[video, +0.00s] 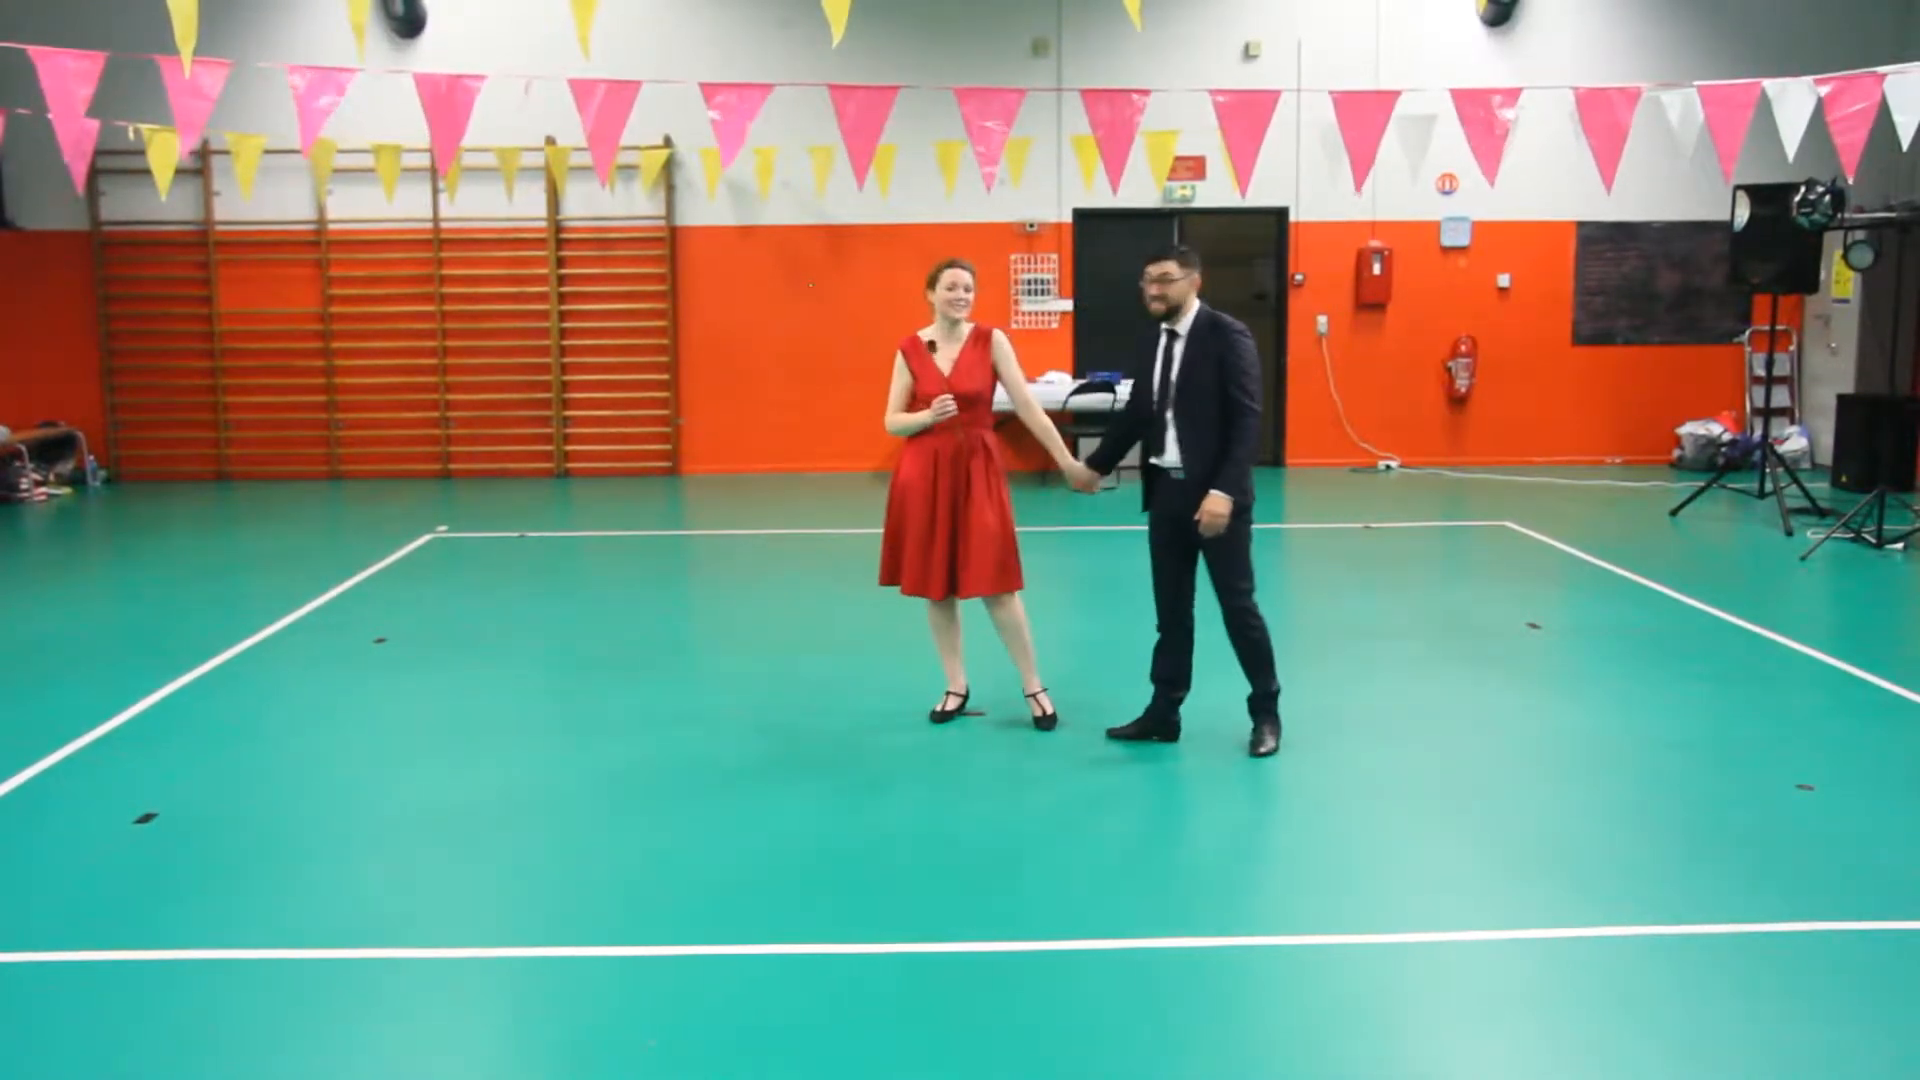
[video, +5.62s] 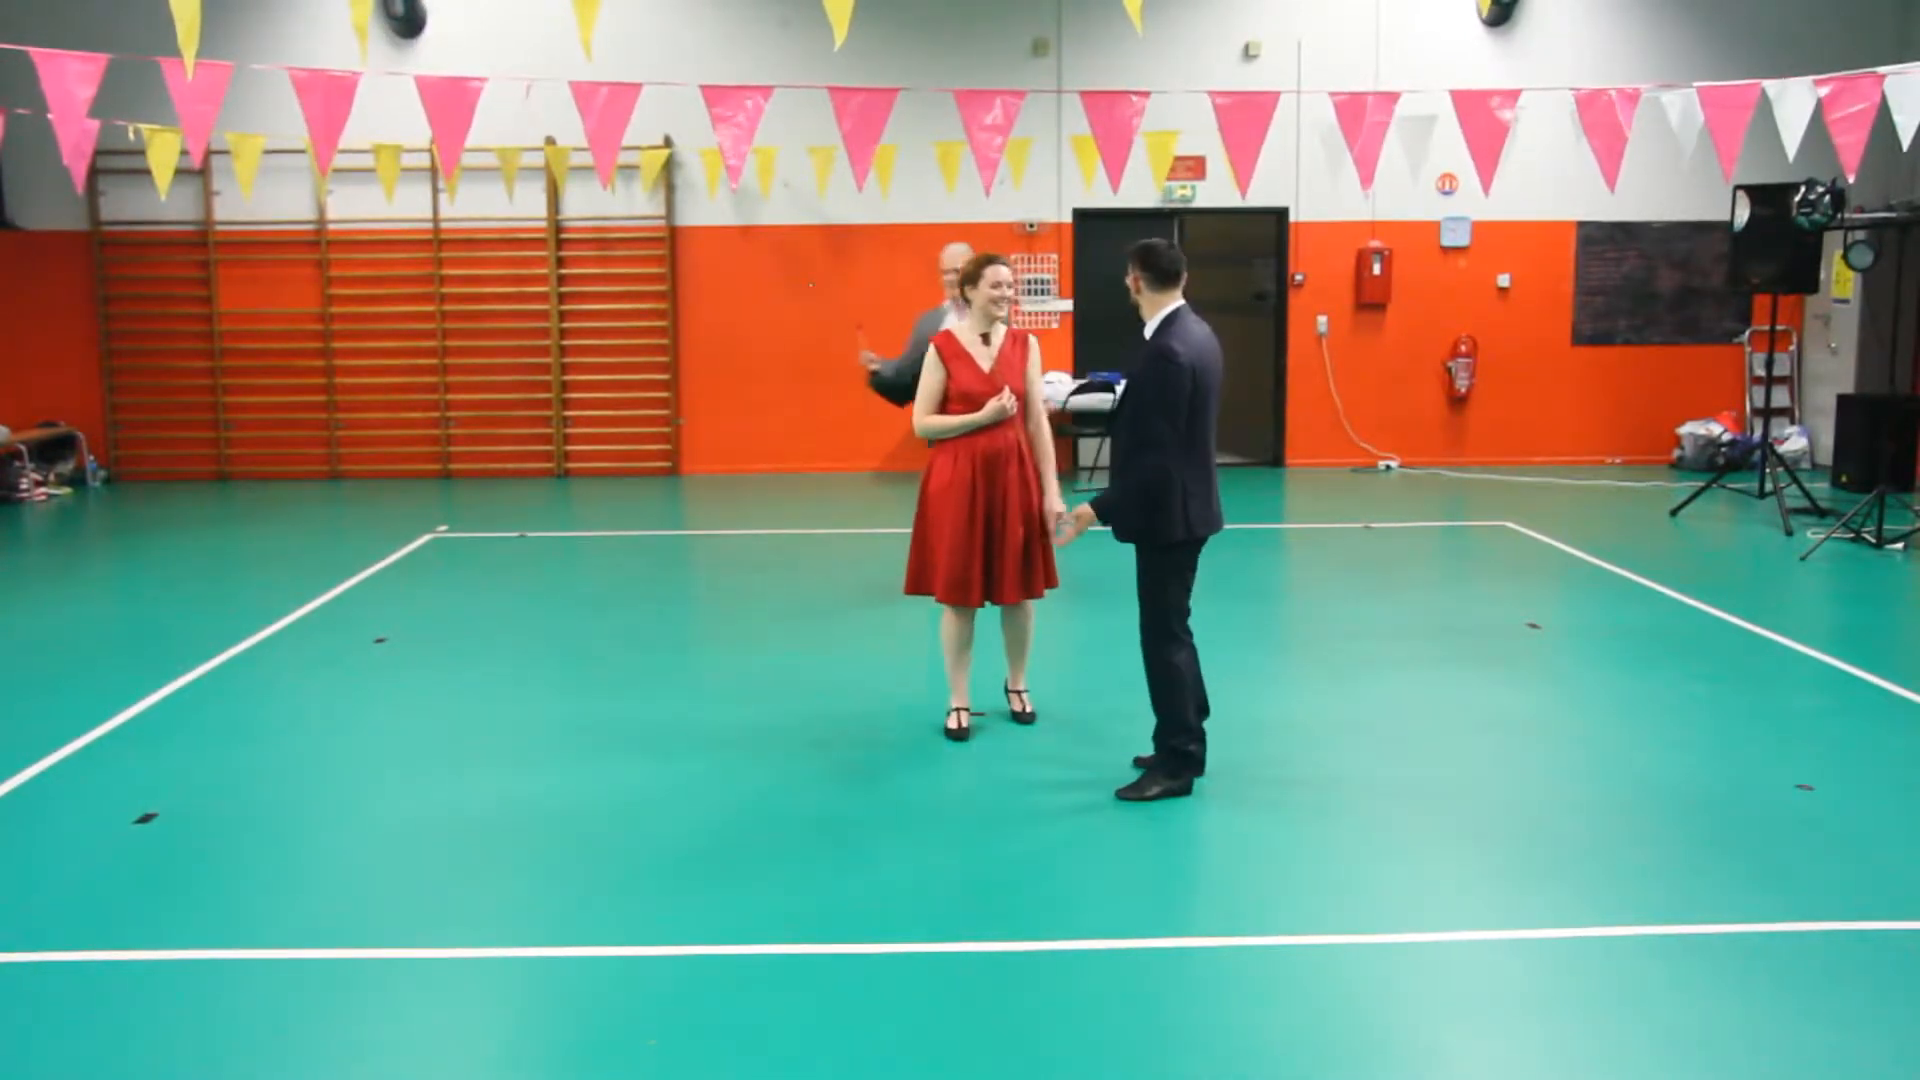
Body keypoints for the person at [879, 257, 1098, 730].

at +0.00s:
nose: (960, 296)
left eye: (967, 289)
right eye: (951, 288)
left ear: (975, 297)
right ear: (931, 295)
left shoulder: (991, 342)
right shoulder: (910, 350)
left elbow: (1028, 407)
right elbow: (892, 422)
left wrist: (1069, 463)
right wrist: (928, 416)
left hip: (977, 471)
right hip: (926, 474)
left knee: (998, 586)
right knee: (938, 587)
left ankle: (1033, 688)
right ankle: (955, 687)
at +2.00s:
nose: (1008, 296)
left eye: (1015, 289)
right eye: (999, 288)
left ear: (1025, 298)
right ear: (981, 296)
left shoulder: (1042, 344)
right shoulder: (960, 352)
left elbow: (1059, 417)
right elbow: (946, 427)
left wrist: (1078, 477)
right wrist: (995, 417)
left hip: (1034, 477)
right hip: (980, 479)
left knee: (1028, 592)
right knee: (974, 592)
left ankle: (1021, 690)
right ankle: (961, 676)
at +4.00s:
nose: (1011, 293)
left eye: (1012, 285)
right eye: (1002, 287)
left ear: (1012, 291)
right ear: (974, 293)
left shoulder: (1026, 340)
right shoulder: (949, 348)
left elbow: (1046, 411)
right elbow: (933, 422)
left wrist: (1065, 470)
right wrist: (989, 413)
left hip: (1018, 474)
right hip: (965, 475)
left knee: (1019, 586)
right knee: (960, 584)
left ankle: (1017, 686)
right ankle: (952, 682)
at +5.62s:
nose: (1007, 293)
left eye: (1010, 286)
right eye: (996, 286)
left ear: (1013, 291)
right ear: (969, 291)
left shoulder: (1025, 345)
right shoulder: (943, 346)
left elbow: (1037, 419)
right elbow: (922, 424)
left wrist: (1052, 491)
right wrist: (983, 415)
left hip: (1015, 477)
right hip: (960, 479)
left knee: (1018, 590)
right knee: (959, 594)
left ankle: (1017, 683)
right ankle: (958, 700)